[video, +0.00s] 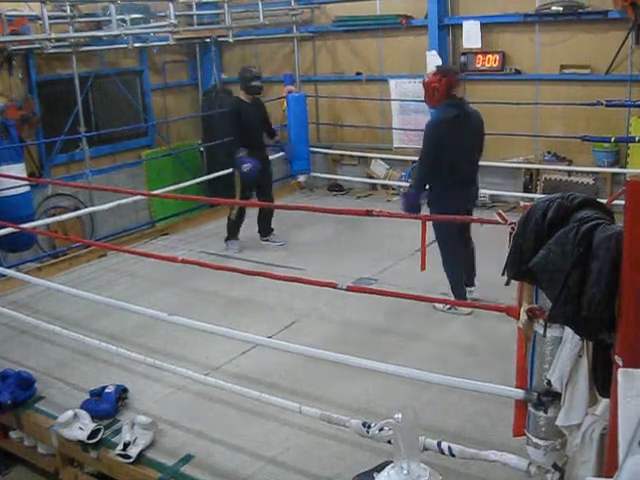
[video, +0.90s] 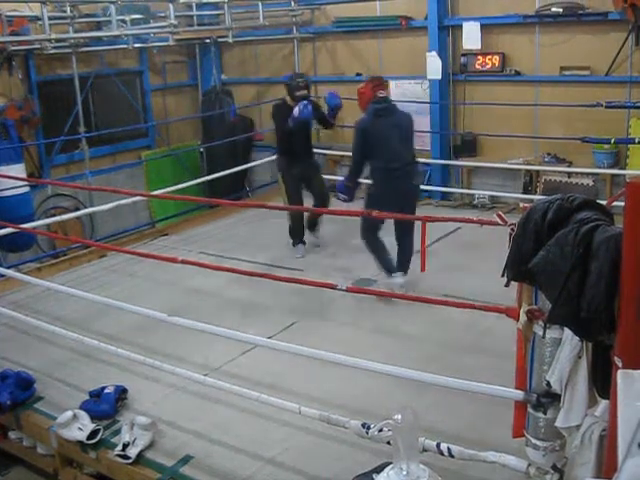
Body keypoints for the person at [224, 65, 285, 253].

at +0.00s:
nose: (258, 85)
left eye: (259, 81)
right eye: (253, 82)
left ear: (260, 82)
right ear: (243, 84)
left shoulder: (258, 104)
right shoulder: (235, 106)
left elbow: (265, 124)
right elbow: (233, 133)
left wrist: (274, 136)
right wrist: (240, 154)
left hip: (261, 154)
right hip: (244, 156)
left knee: (266, 197)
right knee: (241, 198)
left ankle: (266, 233)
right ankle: (232, 237)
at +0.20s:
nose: (269, 89)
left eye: (271, 85)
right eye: (264, 85)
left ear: (274, 85)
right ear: (256, 86)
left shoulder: (269, 104)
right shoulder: (246, 104)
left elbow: (279, 125)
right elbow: (242, 132)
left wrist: (295, 135)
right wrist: (255, 148)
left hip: (268, 154)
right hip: (251, 156)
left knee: (270, 196)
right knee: (257, 197)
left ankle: (266, 234)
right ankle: (240, 233)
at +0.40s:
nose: (279, 87)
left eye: (281, 83)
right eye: (275, 83)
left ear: (283, 84)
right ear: (266, 85)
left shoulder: (281, 103)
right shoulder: (253, 105)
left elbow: (294, 123)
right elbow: (251, 131)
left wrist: (310, 129)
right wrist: (266, 141)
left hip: (273, 153)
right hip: (255, 154)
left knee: (275, 196)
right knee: (269, 197)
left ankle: (271, 233)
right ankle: (266, 236)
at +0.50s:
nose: (285, 88)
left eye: (286, 84)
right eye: (280, 85)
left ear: (288, 85)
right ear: (271, 87)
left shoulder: (288, 103)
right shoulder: (260, 106)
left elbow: (302, 125)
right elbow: (257, 135)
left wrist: (316, 125)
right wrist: (270, 138)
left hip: (280, 154)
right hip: (261, 156)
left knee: (278, 194)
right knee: (274, 195)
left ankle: (265, 231)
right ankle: (287, 236)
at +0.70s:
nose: (294, 92)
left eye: (296, 88)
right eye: (289, 89)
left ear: (299, 89)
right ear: (280, 91)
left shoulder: (300, 106)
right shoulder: (270, 109)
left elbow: (318, 126)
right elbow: (272, 137)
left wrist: (327, 115)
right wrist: (286, 126)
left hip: (294, 160)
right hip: (276, 161)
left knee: (296, 201)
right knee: (288, 201)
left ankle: (274, 225)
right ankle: (297, 240)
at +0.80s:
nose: (298, 92)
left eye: (300, 87)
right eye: (294, 88)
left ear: (303, 88)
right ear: (284, 90)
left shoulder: (304, 105)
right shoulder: (274, 109)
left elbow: (322, 124)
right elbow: (277, 133)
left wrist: (330, 113)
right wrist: (291, 121)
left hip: (301, 160)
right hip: (282, 162)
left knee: (311, 200)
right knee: (291, 202)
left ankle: (291, 217)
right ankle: (297, 240)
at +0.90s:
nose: (302, 92)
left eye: (305, 88)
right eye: (298, 88)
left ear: (308, 88)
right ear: (289, 89)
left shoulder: (309, 104)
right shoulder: (280, 107)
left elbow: (327, 124)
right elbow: (282, 131)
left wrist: (333, 112)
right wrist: (295, 117)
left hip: (307, 160)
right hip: (288, 162)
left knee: (322, 197)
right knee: (296, 204)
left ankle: (311, 225)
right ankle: (297, 240)